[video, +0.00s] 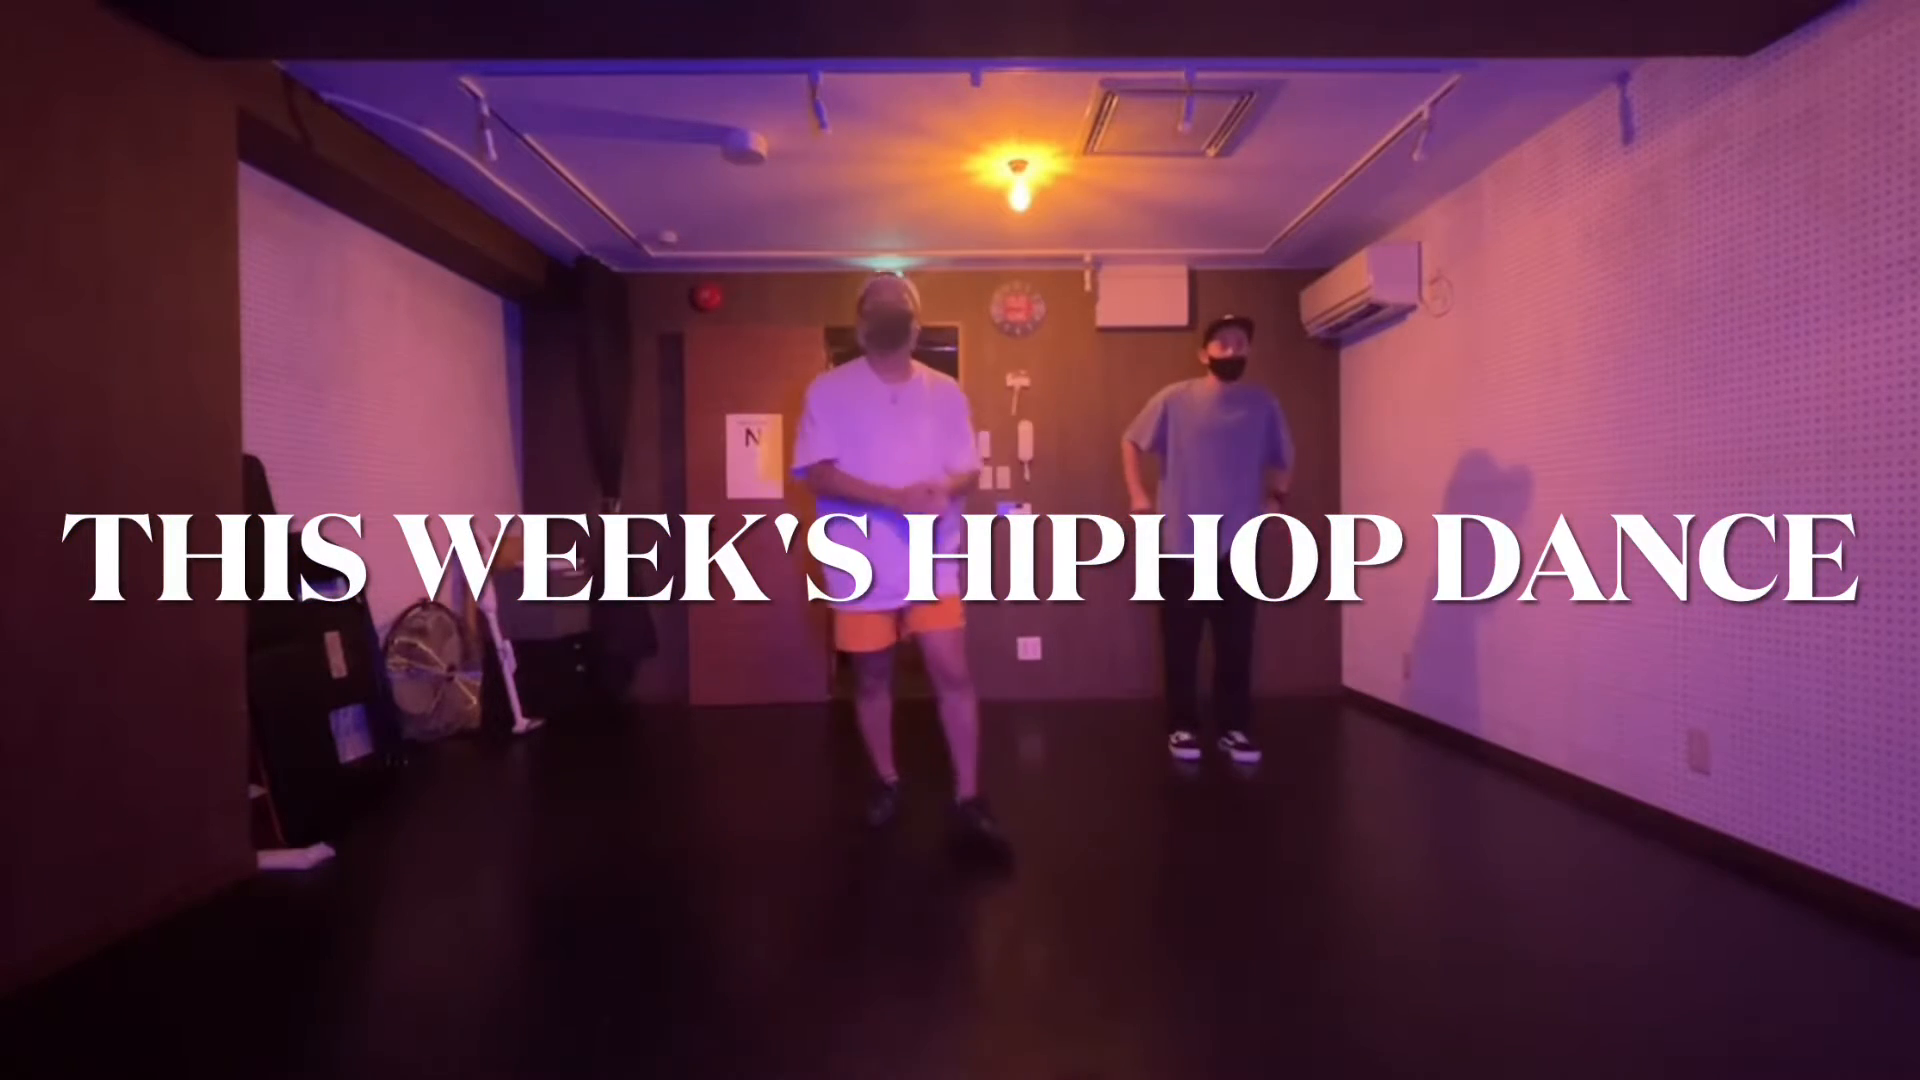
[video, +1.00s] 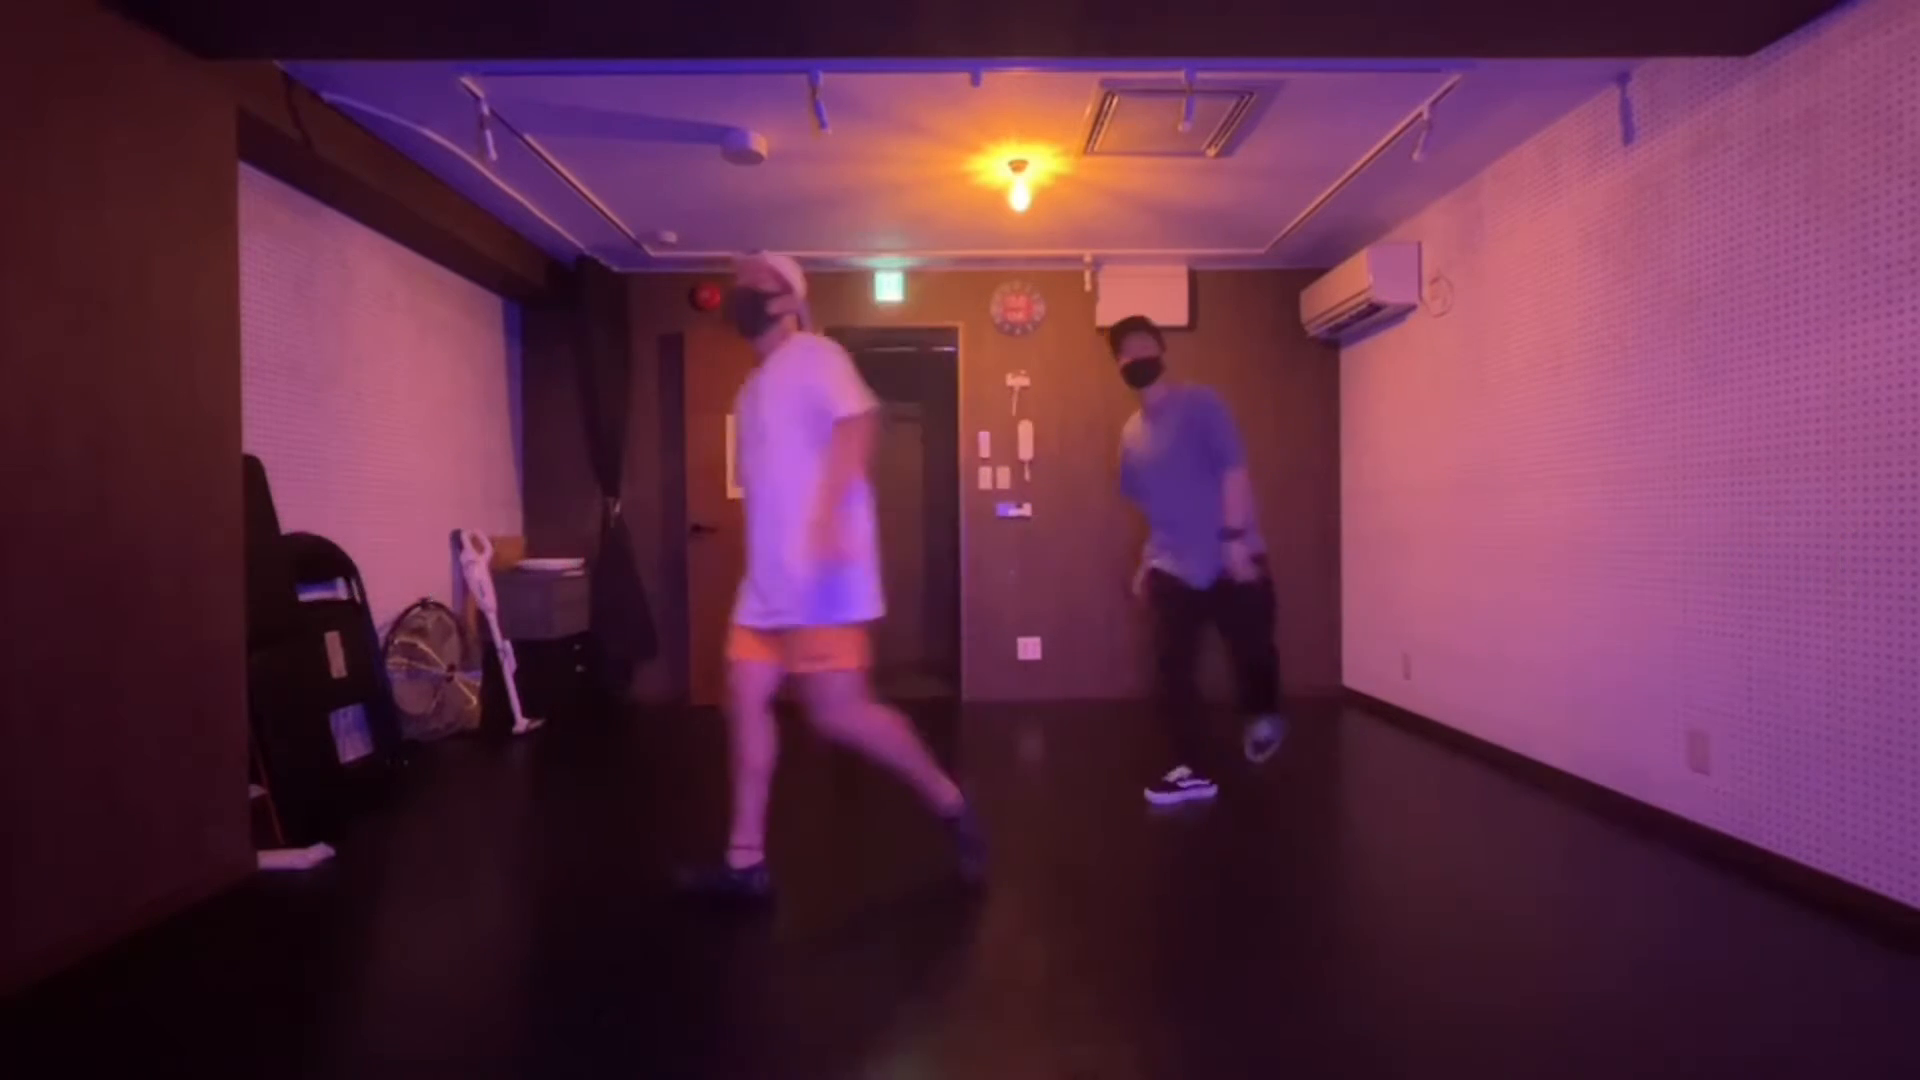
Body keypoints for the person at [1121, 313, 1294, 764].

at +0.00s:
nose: (1230, 351)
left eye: (1239, 344)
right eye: (1222, 343)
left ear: (1249, 353)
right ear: (1204, 351)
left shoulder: (1263, 404)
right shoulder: (1175, 397)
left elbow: (1283, 466)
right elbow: (1132, 441)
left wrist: (1272, 499)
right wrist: (1137, 493)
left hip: (1239, 545)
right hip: (1180, 544)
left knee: (1236, 642)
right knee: (1181, 642)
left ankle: (1234, 728)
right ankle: (1182, 728)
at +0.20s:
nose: (1230, 349)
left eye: (1239, 342)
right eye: (1222, 341)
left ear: (1249, 352)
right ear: (1204, 350)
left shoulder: (1263, 402)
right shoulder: (1173, 398)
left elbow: (1283, 463)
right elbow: (1133, 447)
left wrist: (1269, 500)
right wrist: (1153, 499)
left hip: (1239, 545)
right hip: (1181, 544)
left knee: (1237, 642)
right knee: (1181, 641)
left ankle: (1234, 729)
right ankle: (1182, 729)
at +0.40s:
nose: (1234, 354)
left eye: (1240, 346)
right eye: (1224, 346)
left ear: (1250, 354)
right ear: (1205, 355)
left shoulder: (1264, 407)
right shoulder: (1180, 404)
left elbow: (1310, 458)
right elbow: (1131, 451)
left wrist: (1281, 493)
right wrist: (1159, 502)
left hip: (1245, 546)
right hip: (1189, 546)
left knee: (1246, 639)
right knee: (1192, 636)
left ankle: (1236, 728)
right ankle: (1184, 720)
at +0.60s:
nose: (1219, 362)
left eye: (1226, 354)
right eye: (1209, 354)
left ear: (1238, 359)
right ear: (1193, 362)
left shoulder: (1264, 411)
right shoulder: (1176, 414)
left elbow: (1312, 467)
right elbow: (1129, 465)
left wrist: (1278, 510)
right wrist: (1163, 513)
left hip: (1248, 547)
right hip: (1192, 547)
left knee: (1251, 631)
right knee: (1202, 617)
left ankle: (1241, 729)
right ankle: (1205, 686)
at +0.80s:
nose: (1183, 359)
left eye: (1191, 349)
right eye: (1173, 351)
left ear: (1205, 351)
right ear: (1158, 359)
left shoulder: (1243, 402)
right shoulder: (1151, 422)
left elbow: (1287, 452)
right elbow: (1133, 480)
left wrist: (1265, 507)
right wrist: (1161, 518)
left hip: (1244, 546)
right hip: (1188, 551)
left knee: (1242, 642)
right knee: (1197, 645)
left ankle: (1236, 731)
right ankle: (1201, 744)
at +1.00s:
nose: (1139, 366)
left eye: (1147, 355)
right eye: (1128, 359)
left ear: (1163, 355)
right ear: (1118, 367)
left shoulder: (1200, 405)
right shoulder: (1133, 433)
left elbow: (1234, 470)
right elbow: (1160, 514)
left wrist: (1235, 538)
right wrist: (1148, 564)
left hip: (1227, 553)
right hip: (1175, 562)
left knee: (1251, 640)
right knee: (1173, 665)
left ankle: (1263, 715)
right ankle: (1193, 767)